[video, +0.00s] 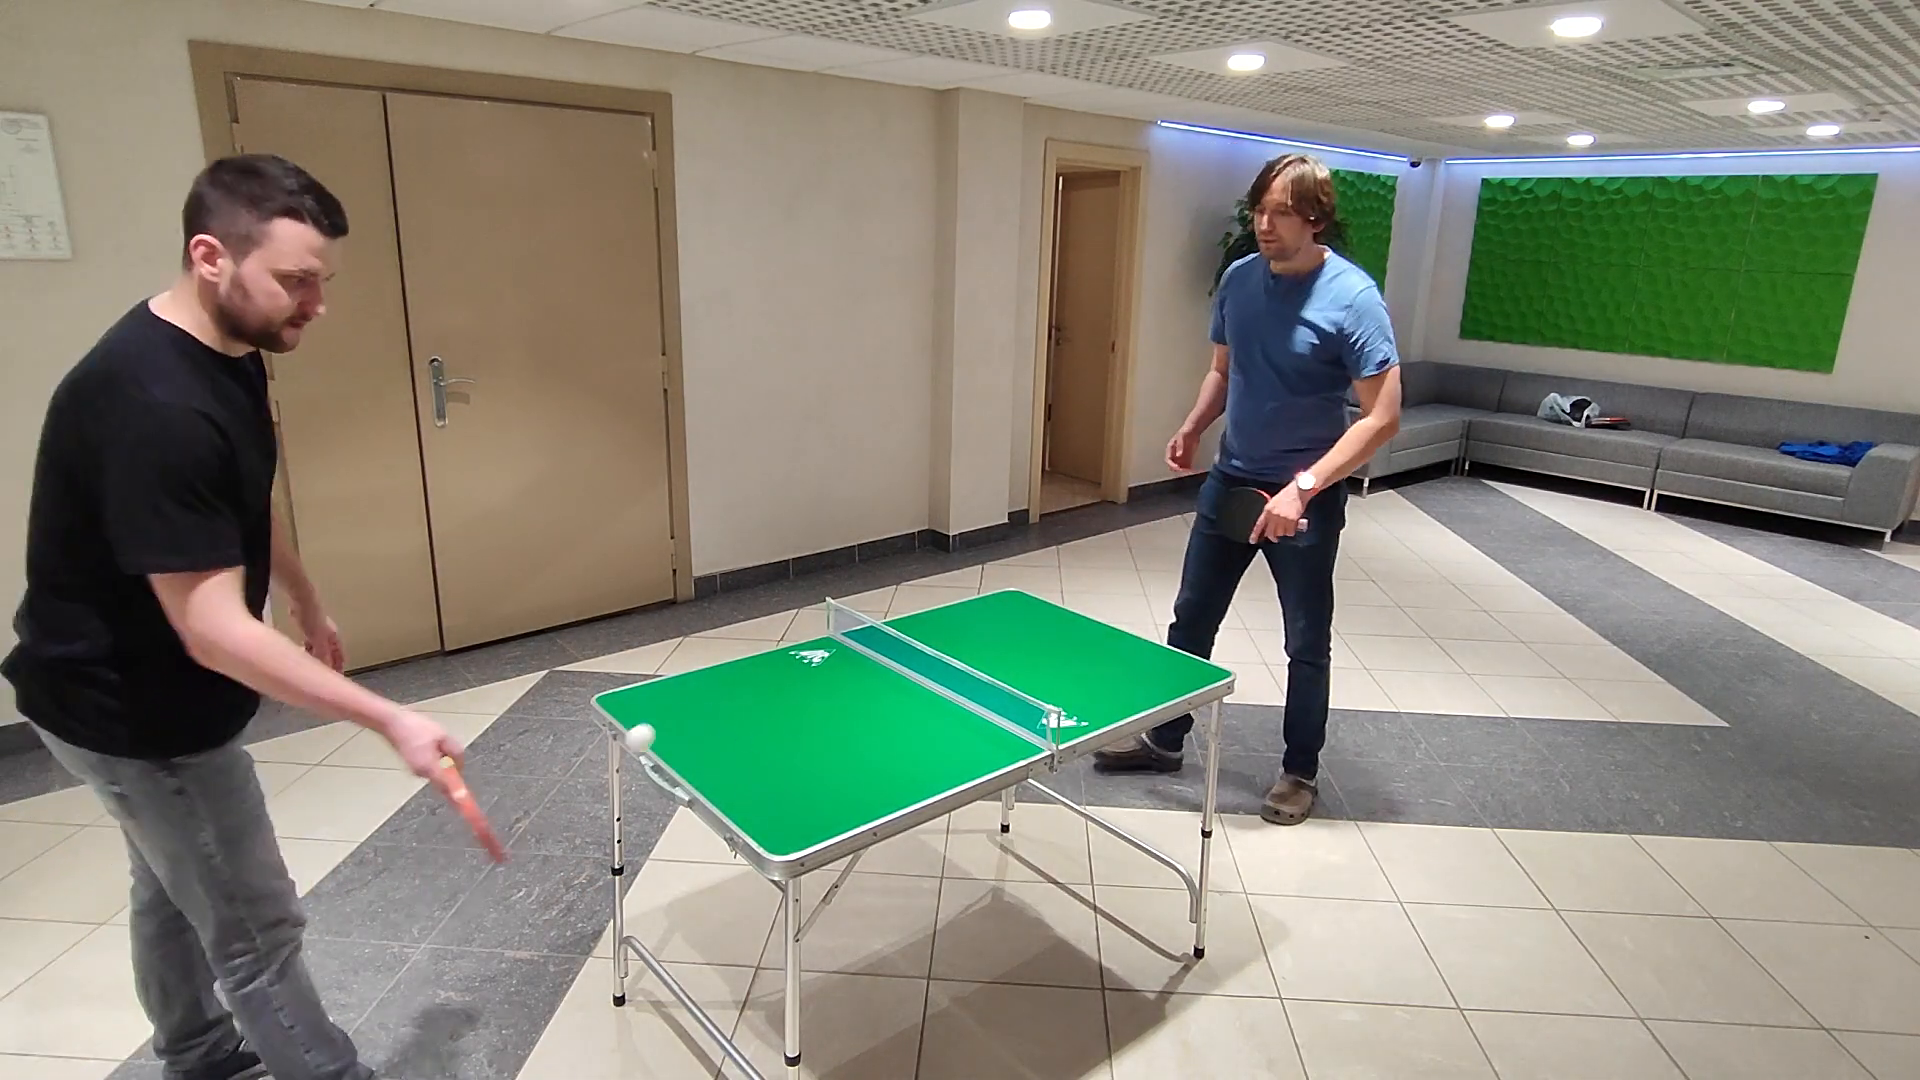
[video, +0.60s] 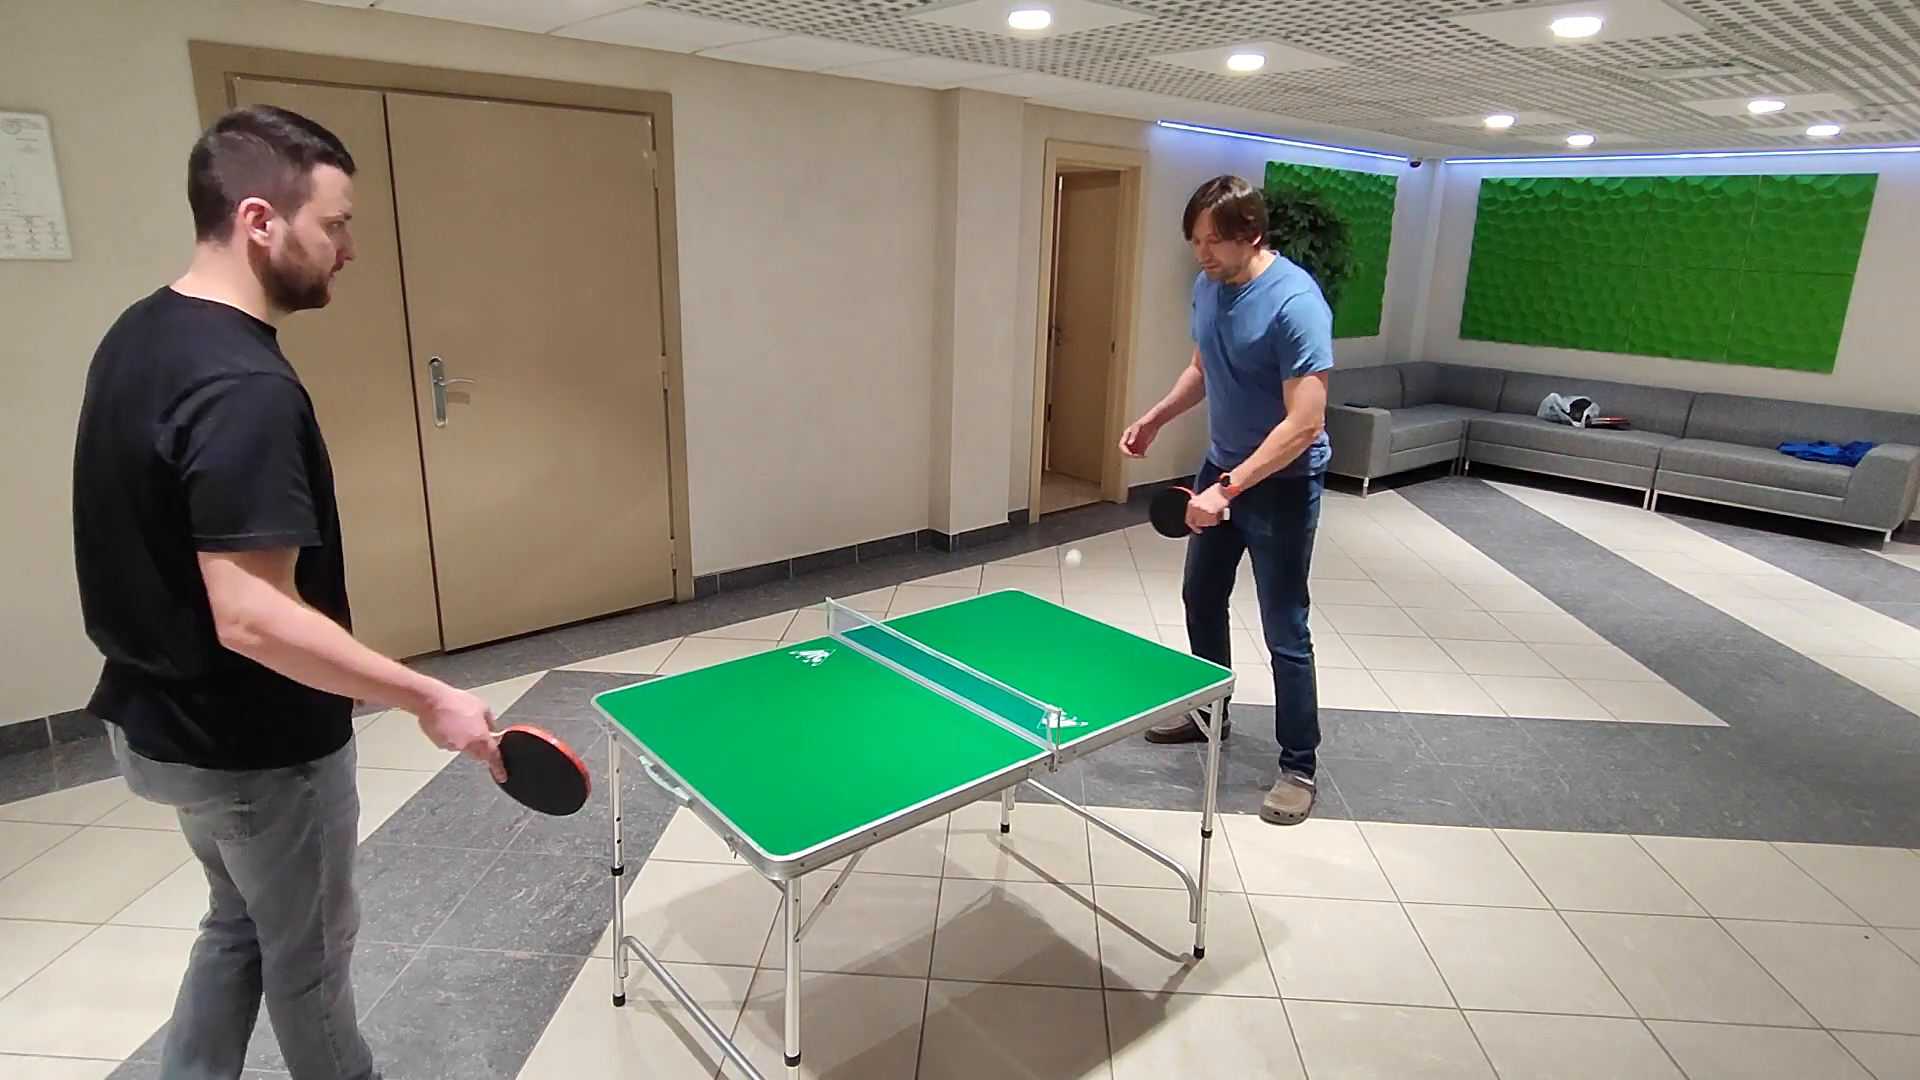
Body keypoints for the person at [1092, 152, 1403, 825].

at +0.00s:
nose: (1263, 224)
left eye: (1280, 214)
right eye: (1260, 211)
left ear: (1317, 222)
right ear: (1254, 214)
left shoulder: (1354, 296)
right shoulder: (1241, 277)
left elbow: (1385, 415)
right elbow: (1221, 370)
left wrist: (1303, 488)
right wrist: (1193, 425)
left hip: (1307, 493)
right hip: (1234, 478)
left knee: (1306, 644)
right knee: (1191, 619)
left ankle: (1298, 774)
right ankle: (1163, 739)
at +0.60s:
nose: (1199, 253)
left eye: (1209, 242)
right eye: (1195, 242)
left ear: (1248, 238)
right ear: (1201, 238)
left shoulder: (1298, 304)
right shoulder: (1210, 284)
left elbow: (1306, 423)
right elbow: (1205, 368)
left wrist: (1227, 485)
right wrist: (1154, 419)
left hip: (1284, 483)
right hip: (1223, 472)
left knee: (1286, 632)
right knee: (1202, 598)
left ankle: (1297, 771)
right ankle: (1208, 710)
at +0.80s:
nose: (1181, 264)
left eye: (1188, 252)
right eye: (1177, 252)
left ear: (1228, 246)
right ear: (1213, 248)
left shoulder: (1267, 309)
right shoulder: (1225, 293)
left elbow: (1233, 430)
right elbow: (1223, 373)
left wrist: (1149, 486)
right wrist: (1166, 409)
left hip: (1284, 478)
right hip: (1233, 470)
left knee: (1280, 624)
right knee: (1212, 592)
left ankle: (1297, 769)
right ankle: (1209, 710)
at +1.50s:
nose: (1196, 243)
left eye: (1207, 231)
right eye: (1192, 232)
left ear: (1246, 232)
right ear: (1204, 233)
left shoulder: (1286, 300)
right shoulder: (1224, 283)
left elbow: (1290, 423)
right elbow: (1233, 380)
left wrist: (1224, 502)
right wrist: (1181, 428)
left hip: (1278, 481)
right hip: (1224, 469)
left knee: (1281, 633)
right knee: (1200, 596)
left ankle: (1298, 771)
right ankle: (1207, 711)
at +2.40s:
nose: (1188, 265)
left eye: (1198, 254)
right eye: (1185, 253)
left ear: (1238, 255)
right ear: (1204, 254)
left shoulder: (1282, 328)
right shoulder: (1220, 301)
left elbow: (1244, 452)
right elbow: (1227, 382)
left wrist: (1156, 517)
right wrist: (1198, 448)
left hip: (1294, 485)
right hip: (1235, 479)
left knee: (1289, 627)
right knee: (1213, 595)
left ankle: (1299, 771)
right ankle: (1208, 711)